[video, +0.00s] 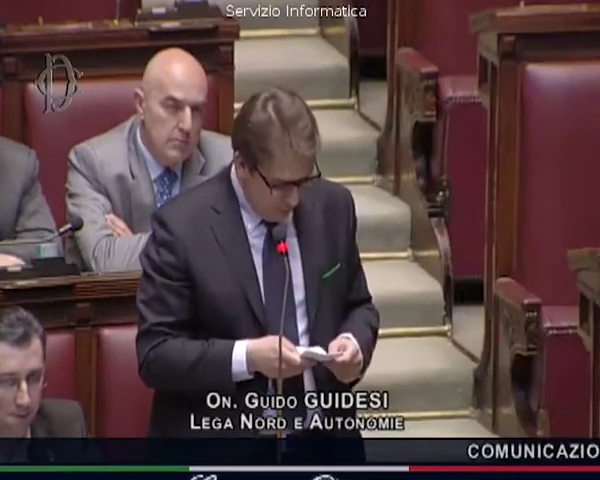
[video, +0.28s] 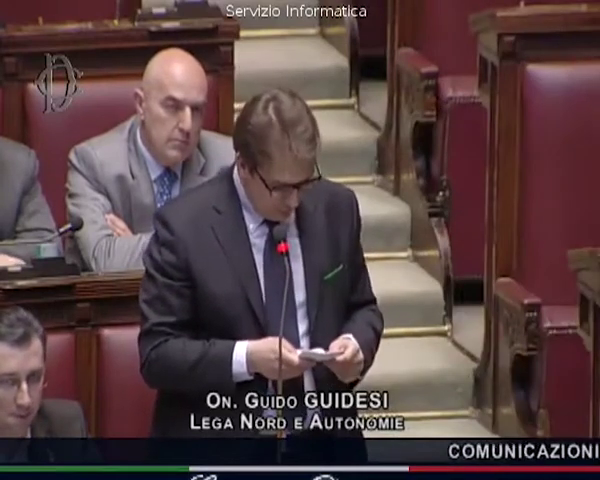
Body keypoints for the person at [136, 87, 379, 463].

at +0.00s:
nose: (294, 199)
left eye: (303, 183)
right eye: (280, 186)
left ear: (313, 163)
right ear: (242, 167)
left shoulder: (333, 205)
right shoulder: (180, 225)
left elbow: (360, 307)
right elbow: (155, 355)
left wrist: (354, 341)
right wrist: (245, 357)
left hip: (320, 439)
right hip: (217, 444)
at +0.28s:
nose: (294, 201)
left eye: (304, 185)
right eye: (281, 188)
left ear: (314, 163)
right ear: (244, 168)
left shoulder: (337, 206)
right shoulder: (182, 224)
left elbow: (364, 309)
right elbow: (157, 355)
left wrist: (357, 343)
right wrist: (246, 358)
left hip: (322, 439)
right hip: (218, 444)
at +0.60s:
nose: (297, 206)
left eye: (308, 189)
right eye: (284, 192)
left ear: (317, 166)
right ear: (246, 170)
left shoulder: (340, 207)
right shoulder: (185, 224)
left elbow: (368, 310)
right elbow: (159, 355)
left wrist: (359, 344)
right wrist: (247, 359)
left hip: (324, 441)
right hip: (220, 446)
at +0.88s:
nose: (297, 205)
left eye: (309, 189)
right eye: (284, 191)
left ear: (320, 167)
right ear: (247, 169)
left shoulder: (342, 208)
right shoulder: (187, 223)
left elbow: (369, 311)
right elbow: (161, 355)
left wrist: (360, 345)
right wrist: (250, 359)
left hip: (325, 443)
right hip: (221, 447)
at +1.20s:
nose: (297, 207)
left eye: (309, 191)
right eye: (284, 193)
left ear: (320, 167)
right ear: (248, 169)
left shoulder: (342, 208)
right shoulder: (187, 223)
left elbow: (369, 312)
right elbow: (162, 354)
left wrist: (360, 345)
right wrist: (250, 359)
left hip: (325, 442)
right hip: (221, 446)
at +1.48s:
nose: (296, 207)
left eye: (308, 191)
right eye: (283, 193)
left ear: (319, 168)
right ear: (247, 168)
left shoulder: (341, 208)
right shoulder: (187, 223)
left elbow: (368, 311)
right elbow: (162, 354)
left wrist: (359, 346)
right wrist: (250, 358)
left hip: (323, 441)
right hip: (220, 445)